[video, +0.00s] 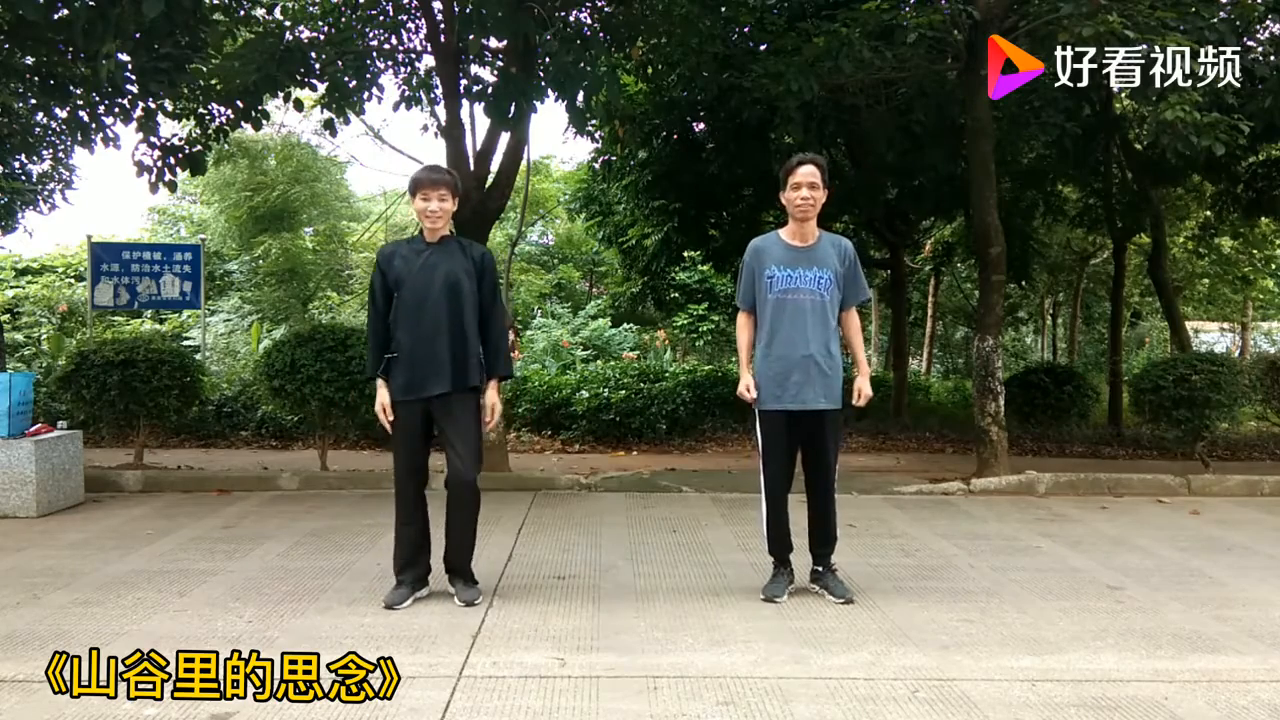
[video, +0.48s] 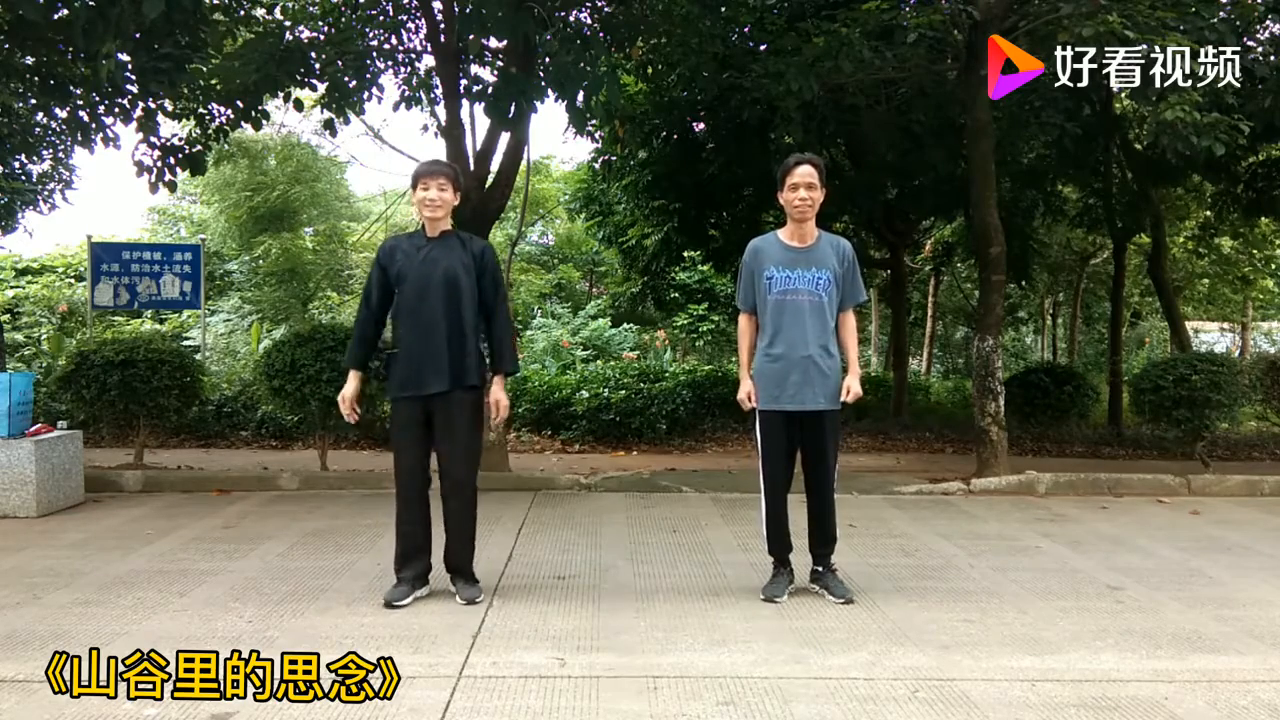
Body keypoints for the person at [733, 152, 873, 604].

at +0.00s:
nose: (804, 195)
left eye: (813, 187)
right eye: (796, 187)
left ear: (824, 195)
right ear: (783, 196)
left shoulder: (841, 250)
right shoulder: (759, 250)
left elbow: (849, 312)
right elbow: (745, 313)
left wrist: (863, 368)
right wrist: (744, 368)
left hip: (825, 387)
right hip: (773, 387)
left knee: (822, 484)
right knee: (775, 485)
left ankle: (822, 568)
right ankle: (781, 568)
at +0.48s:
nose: (803, 195)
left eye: (810, 187)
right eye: (794, 188)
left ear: (822, 195)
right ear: (781, 196)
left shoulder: (840, 250)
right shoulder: (758, 250)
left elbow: (846, 314)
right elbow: (747, 316)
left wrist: (853, 369)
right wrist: (745, 374)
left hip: (824, 385)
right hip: (771, 385)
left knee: (821, 484)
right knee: (774, 485)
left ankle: (823, 567)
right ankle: (780, 568)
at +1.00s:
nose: (795, 195)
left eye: (803, 187)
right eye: (787, 187)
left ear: (817, 194)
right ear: (775, 195)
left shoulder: (837, 249)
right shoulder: (754, 251)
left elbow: (846, 314)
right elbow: (747, 315)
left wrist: (855, 373)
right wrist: (746, 371)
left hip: (820, 386)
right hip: (768, 385)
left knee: (819, 485)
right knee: (771, 485)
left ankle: (822, 568)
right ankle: (780, 568)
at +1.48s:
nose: (779, 197)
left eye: (787, 188)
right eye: (771, 189)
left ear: (801, 197)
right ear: (759, 198)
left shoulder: (823, 246)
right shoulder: (738, 256)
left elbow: (857, 301)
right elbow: (718, 317)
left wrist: (817, 298)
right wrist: (696, 372)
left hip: (818, 375)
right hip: (763, 382)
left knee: (829, 443)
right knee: (765, 484)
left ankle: (827, 519)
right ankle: (782, 566)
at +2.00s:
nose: (785, 215)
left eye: (793, 207)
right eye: (777, 208)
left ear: (808, 213)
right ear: (767, 217)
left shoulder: (828, 268)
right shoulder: (747, 268)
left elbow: (838, 319)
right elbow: (725, 330)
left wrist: (853, 368)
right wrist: (766, 298)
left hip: (813, 402)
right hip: (758, 404)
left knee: (807, 491)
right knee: (764, 486)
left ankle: (797, 580)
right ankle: (772, 542)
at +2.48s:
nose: (771, 184)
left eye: (781, 176)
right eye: (765, 177)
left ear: (799, 185)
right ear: (756, 186)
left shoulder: (823, 241)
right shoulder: (738, 243)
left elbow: (836, 307)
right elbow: (729, 302)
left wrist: (804, 295)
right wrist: (723, 359)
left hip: (805, 380)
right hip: (751, 375)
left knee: (799, 479)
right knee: (738, 450)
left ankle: (795, 560)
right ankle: (759, 517)